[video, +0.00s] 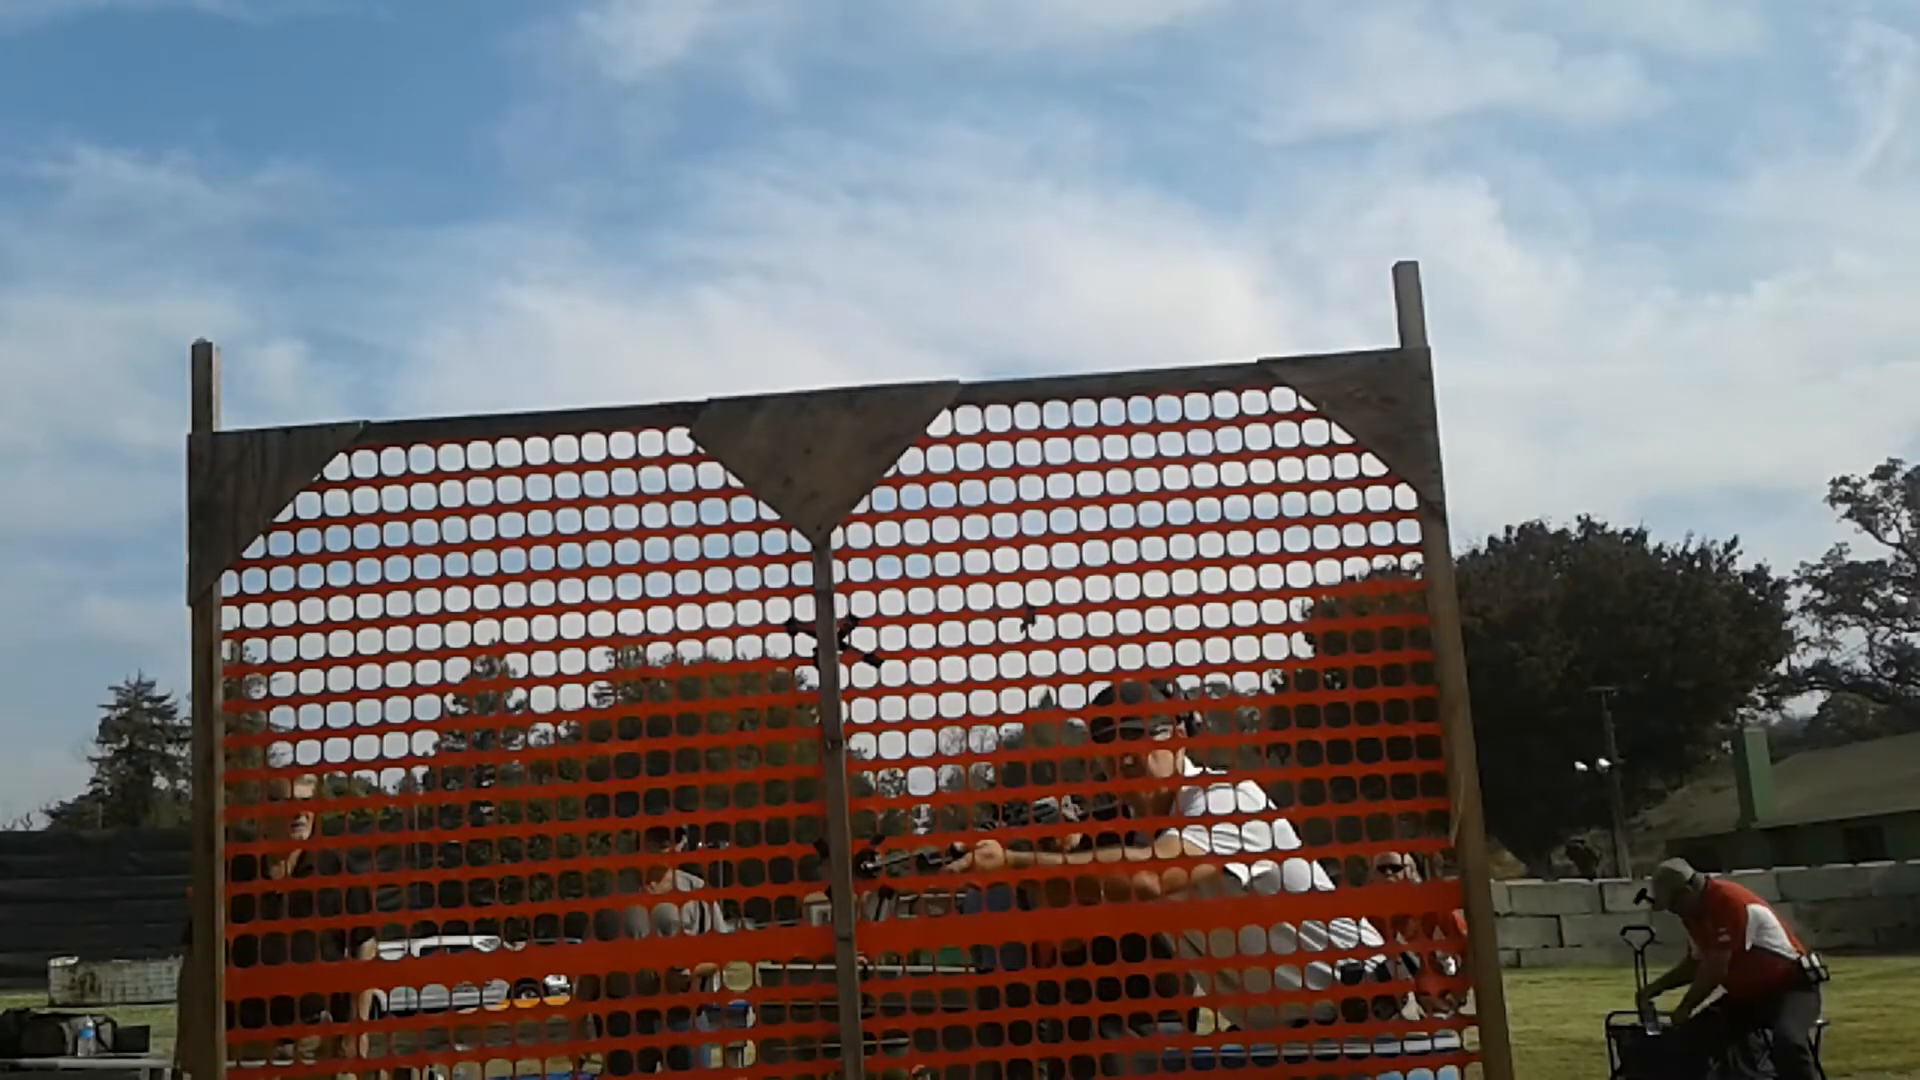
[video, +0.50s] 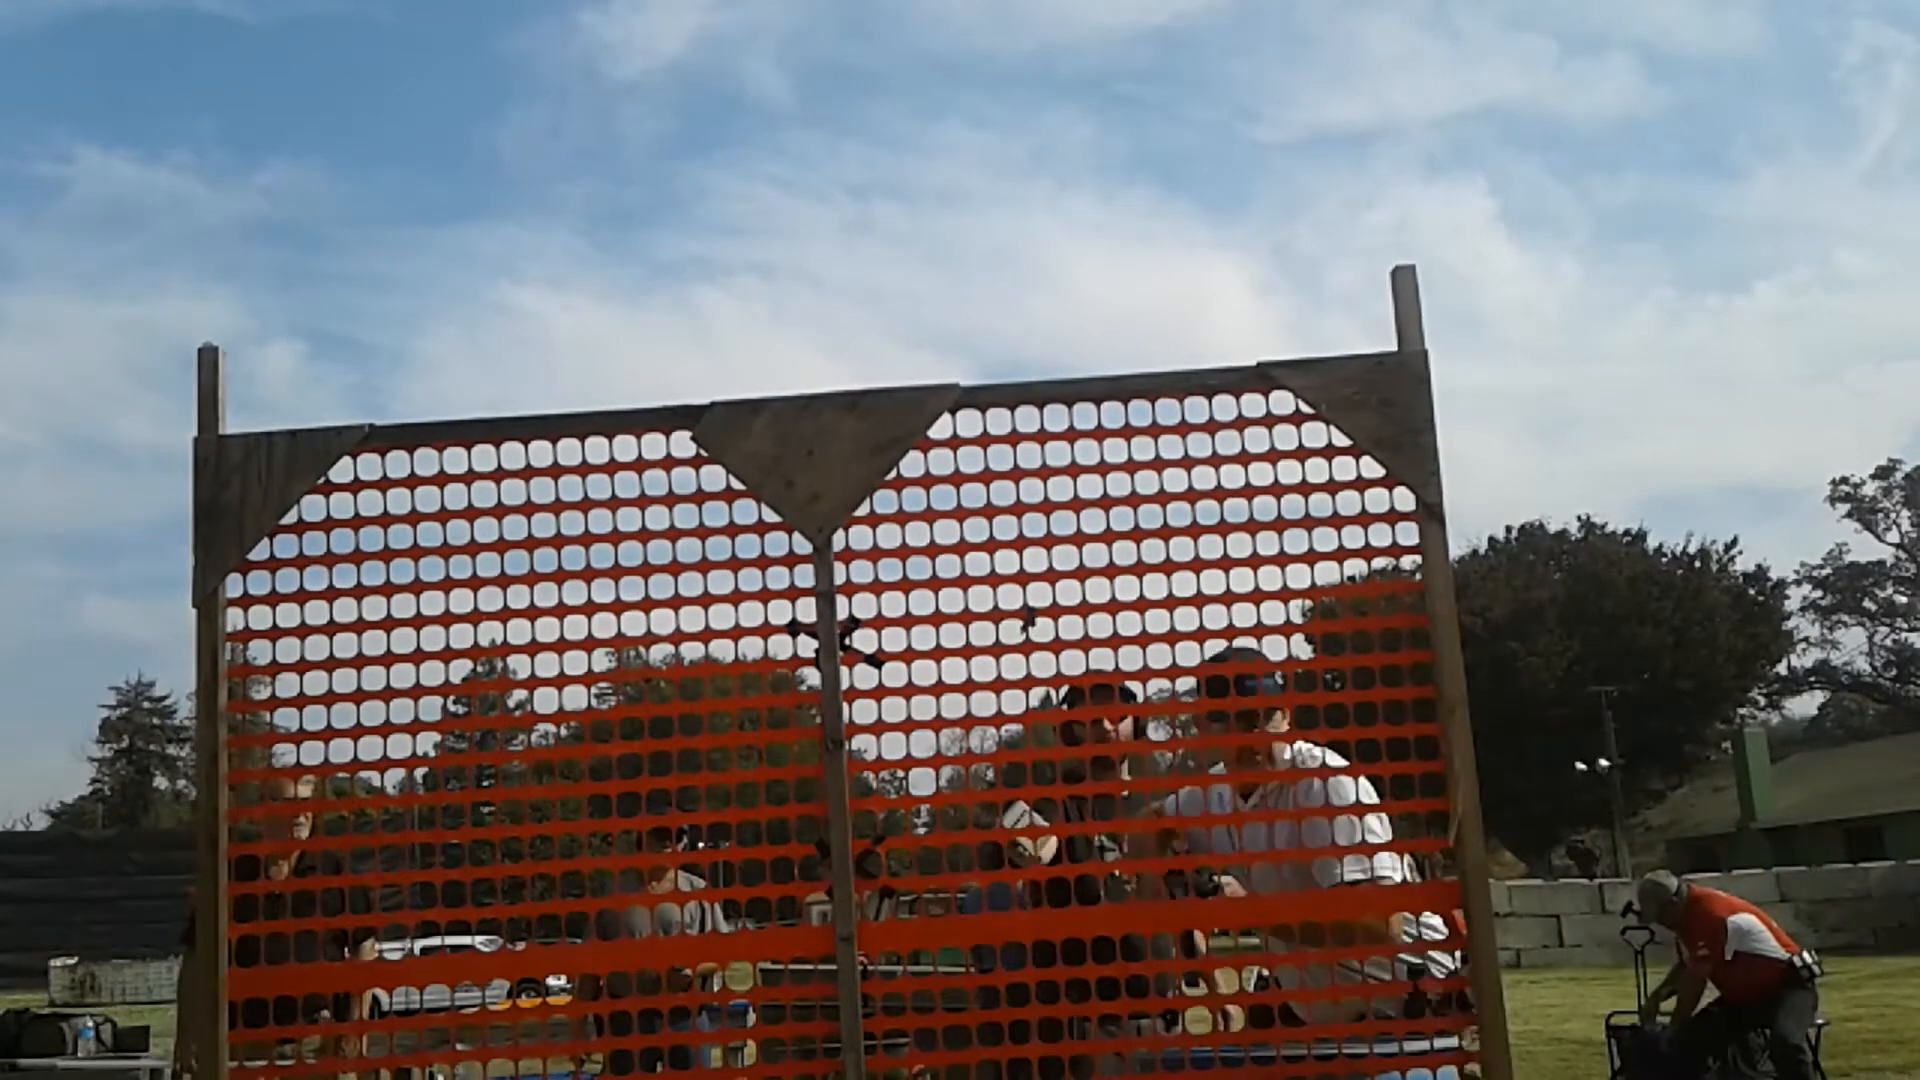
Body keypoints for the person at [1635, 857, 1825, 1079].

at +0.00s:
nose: (1674, 911)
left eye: (1674, 903)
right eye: (1670, 906)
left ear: (1689, 890)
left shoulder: (1725, 901)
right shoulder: (1692, 911)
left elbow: (1716, 969)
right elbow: (1696, 963)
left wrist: (1684, 1009)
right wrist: (1653, 989)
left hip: (1792, 990)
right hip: (1745, 995)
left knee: (1788, 1043)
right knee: (1685, 1040)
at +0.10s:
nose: (1670, 916)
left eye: (1670, 909)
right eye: (1666, 912)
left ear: (1683, 893)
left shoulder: (1719, 906)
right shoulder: (1690, 912)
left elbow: (1708, 974)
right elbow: (1692, 965)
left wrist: (1682, 1017)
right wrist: (1651, 992)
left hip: (1791, 989)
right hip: (1745, 995)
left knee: (1789, 1044)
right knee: (1687, 1039)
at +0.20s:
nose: (1667, 921)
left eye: (1666, 913)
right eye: (1662, 916)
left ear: (1679, 899)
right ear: (1678, 897)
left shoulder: (1711, 910)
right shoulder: (1688, 913)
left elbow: (1703, 980)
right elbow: (1691, 965)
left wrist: (1682, 1025)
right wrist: (1653, 992)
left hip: (1790, 988)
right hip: (1744, 995)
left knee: (1789, 1044)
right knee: (1687, 1039)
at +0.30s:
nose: (1663, 923)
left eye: (1663, 915)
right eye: (1658, 918)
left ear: (1676, 901)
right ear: (1675, 898)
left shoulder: (1708, 912)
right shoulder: (1687, 914)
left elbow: (1701, 979)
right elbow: (1689, 966)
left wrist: (1682, 1026)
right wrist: (1653, 992)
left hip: (1790, 988)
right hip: (1744, 994)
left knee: (1788, 1041)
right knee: (1688, 1038)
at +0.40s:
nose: (1662, 924)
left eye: (1661, 916)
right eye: (1657, 920)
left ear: (1674, 902)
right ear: (1674, 899)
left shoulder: (1706, 913)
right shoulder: (1685, 915)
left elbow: (1697, 982)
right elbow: (1688, 967)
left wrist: (1676, 1029)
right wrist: (1654, 995)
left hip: (1790, 988)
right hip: (1743, 995)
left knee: (1787, 1040)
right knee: (1685, 1040)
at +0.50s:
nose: (1661, 924)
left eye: (1660, 916)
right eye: (1656, 919)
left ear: (1674, 902)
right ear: (1673, 899)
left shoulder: (1707, 913)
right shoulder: (1686, 915)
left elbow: (1695, 981)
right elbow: (1687, 966)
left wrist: (1674, 1030)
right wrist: (1655, 1000)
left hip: (1790, 988)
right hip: (1745, 994)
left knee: (1786, 1042)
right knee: (1685, 1041)